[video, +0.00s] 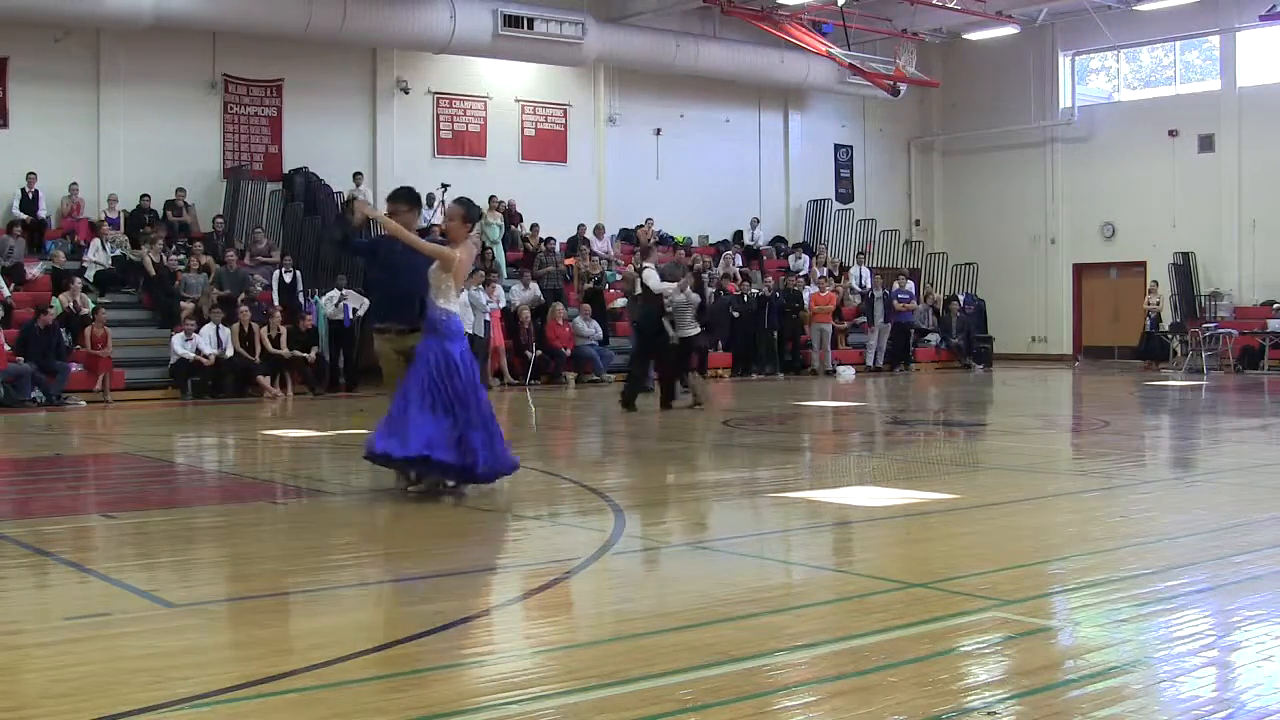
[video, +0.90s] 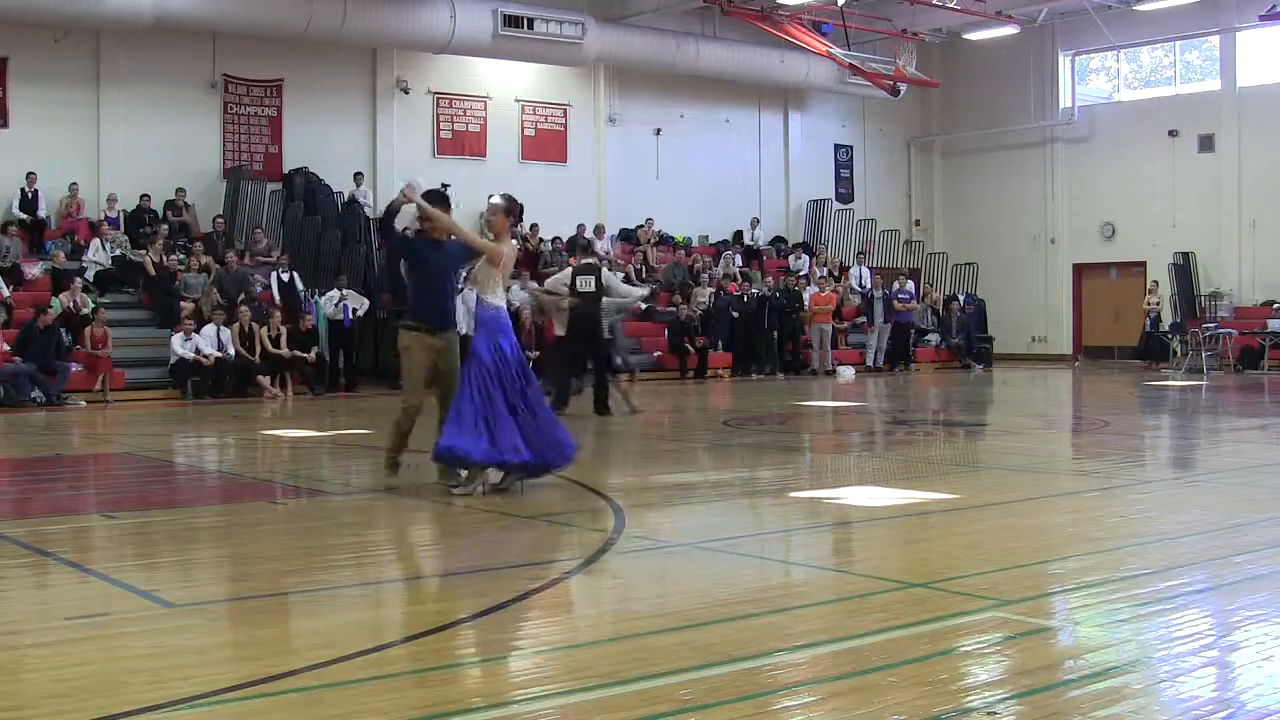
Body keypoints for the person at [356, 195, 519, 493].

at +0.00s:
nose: (444, 224)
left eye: (450, 219)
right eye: (445, 218)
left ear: (465, 225)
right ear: (465, 225)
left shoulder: (451, 255)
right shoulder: (469, 247)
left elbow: (410, 238)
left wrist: (375, 214)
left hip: (442, 333)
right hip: (451, 330)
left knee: (427, 396)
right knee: (451, 398)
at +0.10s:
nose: (456, 224)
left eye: (461, 219)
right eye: (457, 218)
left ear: (476, 225)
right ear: (476, 225)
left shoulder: (463, 254)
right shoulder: (481, 248)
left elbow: (418, 245)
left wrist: (384, 226)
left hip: (456, 330)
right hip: (467, 329)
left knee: (441, 395)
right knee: (463, 396)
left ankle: (457, 463)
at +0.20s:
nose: (464, 225)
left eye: (469, 220)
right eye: (465, 219)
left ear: (485, 226)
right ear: (484, 226)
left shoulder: (473, 255)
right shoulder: (491, 251)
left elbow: (427, 259)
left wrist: (391, 245)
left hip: (468, 329)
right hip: (481, 326)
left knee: (460, 395)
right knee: (472, 394)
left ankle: (472, 464)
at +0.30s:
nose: (472, 227)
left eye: (477, 222)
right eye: (473, 221)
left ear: (493, 227)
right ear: (493, 227)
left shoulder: (485, 259)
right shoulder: (500, 253)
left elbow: (441, 283)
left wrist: (408, 266)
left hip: (478, 332)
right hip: (489, 329)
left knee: (463, 396)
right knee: (484, 396)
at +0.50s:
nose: (481, 236)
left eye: (486, 230)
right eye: (481, 230)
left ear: (503, 234)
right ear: (501, 235)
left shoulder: (502, 268)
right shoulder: (504, 262)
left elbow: (464, 299)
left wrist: (432, 271)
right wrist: (477, 280)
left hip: (495, 343)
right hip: (499, 340)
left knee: (451, 397)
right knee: (495, 402)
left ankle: (474, 464)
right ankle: (510, 466)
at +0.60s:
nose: (483, 235)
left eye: (489, 230)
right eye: (483, 230)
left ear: (506, 234)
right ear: (498, 235)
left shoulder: (505, 266)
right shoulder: (498, 261)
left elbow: (462, 267)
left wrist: (427, 244)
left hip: (496, 339)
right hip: (495, 337)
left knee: (453, 397)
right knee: (498, 403)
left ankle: (478, 465)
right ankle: (509, 468)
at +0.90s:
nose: (487, 217)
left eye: (493, 213)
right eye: (488, 212)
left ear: (509, 219)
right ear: (498, 218)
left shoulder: (502, 251)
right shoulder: (501, 247)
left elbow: (460, 231)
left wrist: (421, 203)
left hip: (491, 324)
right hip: (492, 322)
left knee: (477, 390)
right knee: (497, 392)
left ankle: (477, 462)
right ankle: (513, 459)